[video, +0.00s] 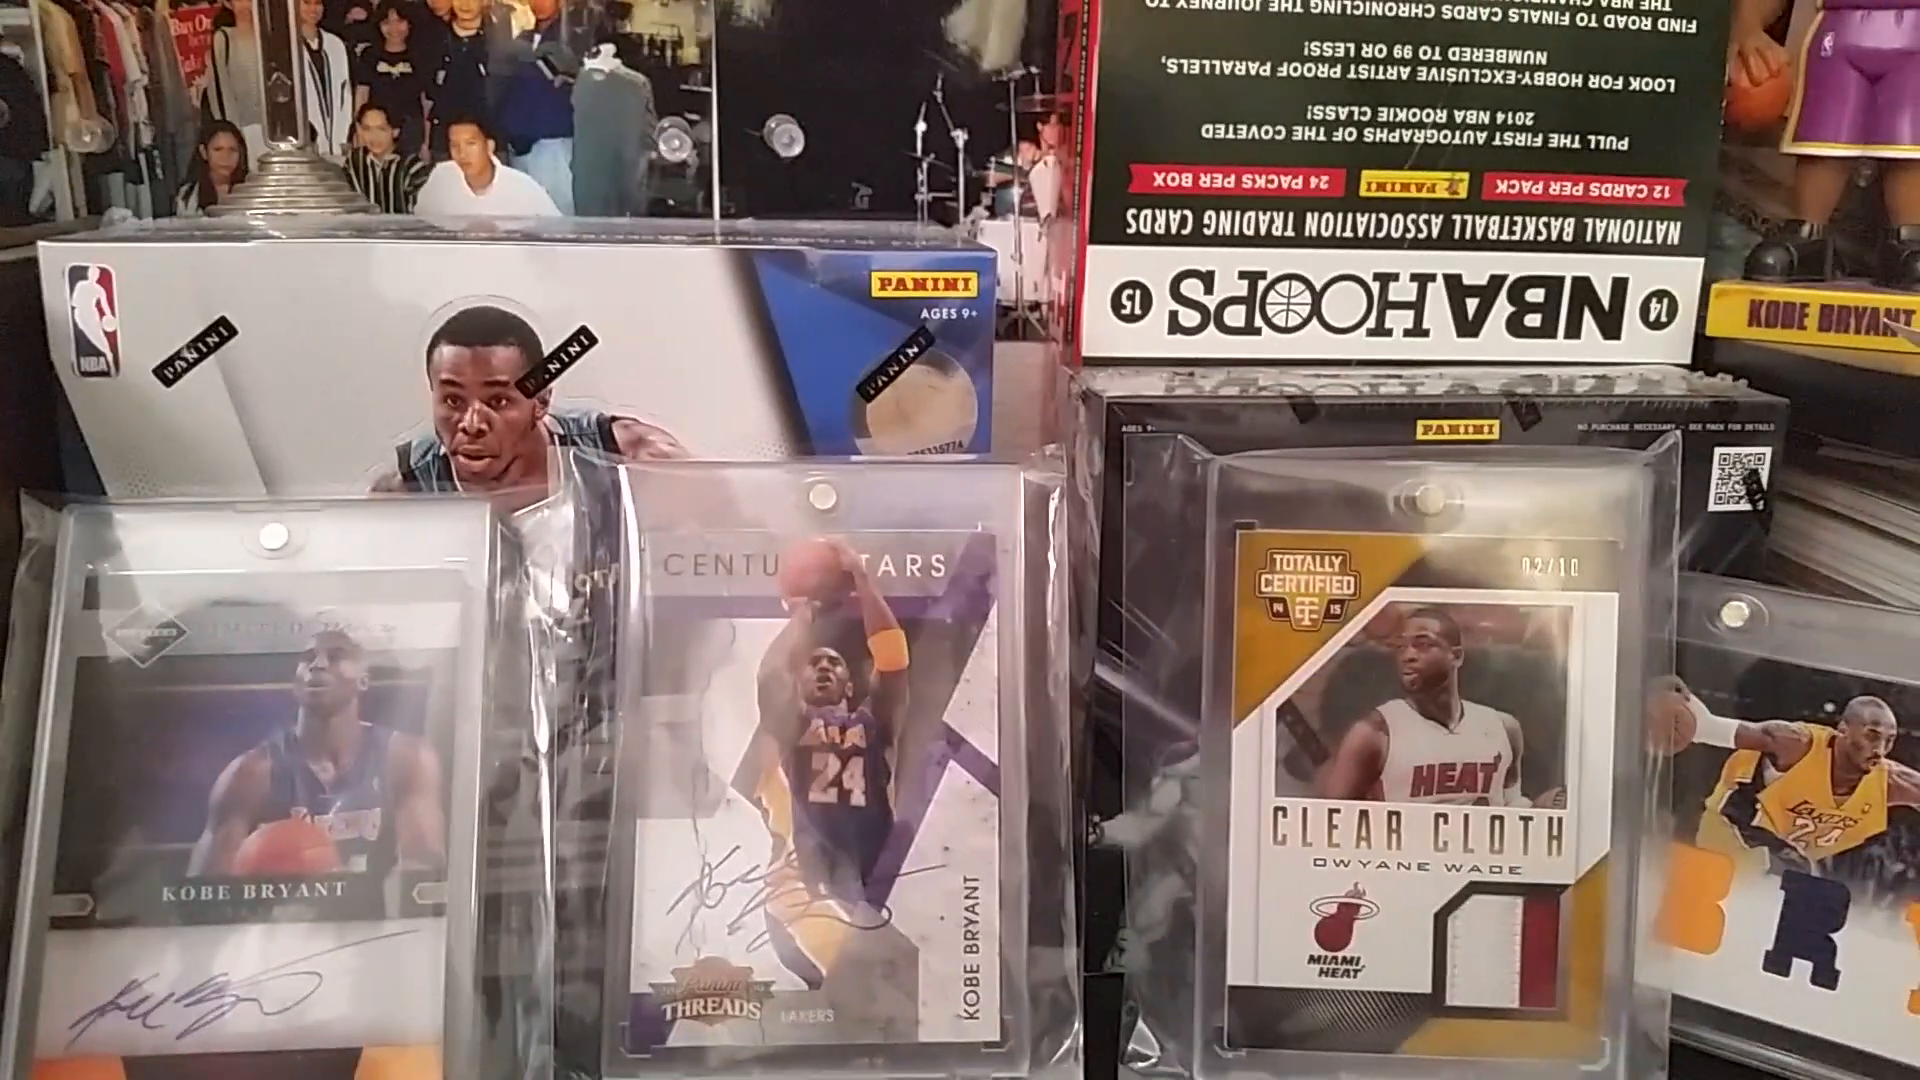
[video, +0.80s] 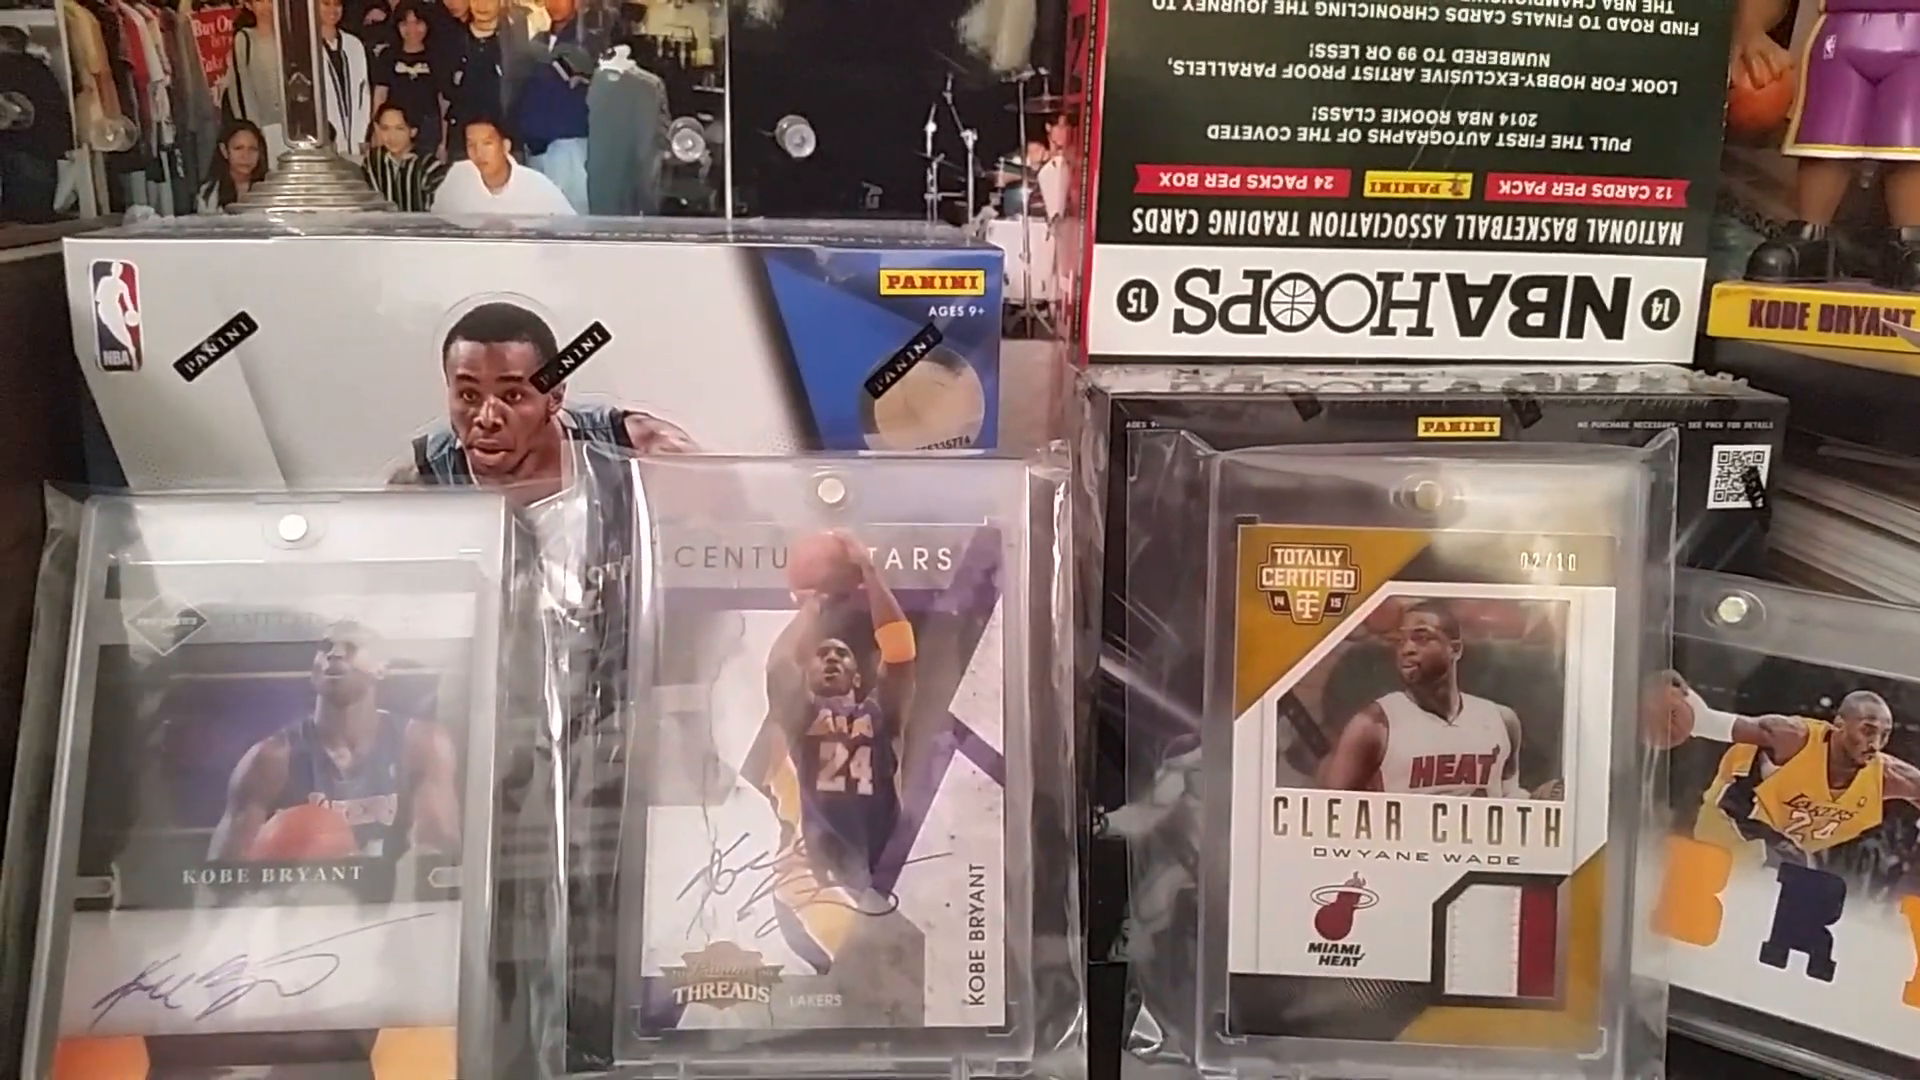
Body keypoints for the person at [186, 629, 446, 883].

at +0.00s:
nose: (318, 665)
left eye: (336, 656)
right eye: (308, 657)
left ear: (364, 677)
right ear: (294, 676)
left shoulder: (409, 759)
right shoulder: (248, 775)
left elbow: (423, 871)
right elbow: (202, 896)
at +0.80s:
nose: (333, 656)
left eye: (350, 648)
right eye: (325, 648)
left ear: (380, 666)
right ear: (312, 665)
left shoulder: (425, 745)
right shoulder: (267, 761)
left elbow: (438, 851)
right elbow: (220, 877)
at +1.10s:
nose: (349, 654)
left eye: (365, 646)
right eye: (340, 646)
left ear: (395, 664)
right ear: (328, 662)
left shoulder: (441, 743)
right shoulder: (286, 756)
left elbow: (453, 851)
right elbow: (238, 870)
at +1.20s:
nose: (367, 671)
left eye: (378, 660)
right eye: (356, 660)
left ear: (405, 674)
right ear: (343, 671)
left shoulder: (454, 742)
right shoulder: (303, 752)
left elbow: (469, 841)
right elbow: (263, 851)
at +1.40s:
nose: (410, 653)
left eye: (426, 642)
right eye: (403, 643)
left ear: (453, 660)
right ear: (391, 659)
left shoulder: (498, 733)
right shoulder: (351, 744)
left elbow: (513, 829)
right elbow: (302, 848)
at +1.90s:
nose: (400, 677)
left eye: (413, 665)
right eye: (389, 662)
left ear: (438, 674)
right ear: (374, 672)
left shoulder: (479, 739)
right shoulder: (327, 749)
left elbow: (492, 834)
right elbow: (282, 848)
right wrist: (352, 821)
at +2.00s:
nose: (315, 682)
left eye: (327, 670)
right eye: (304, 671)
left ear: (355, 679)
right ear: (290, 681)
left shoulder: (401, 747)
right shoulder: (243, 762)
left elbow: (412, 846)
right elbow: (199, 851)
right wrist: (269, 834)